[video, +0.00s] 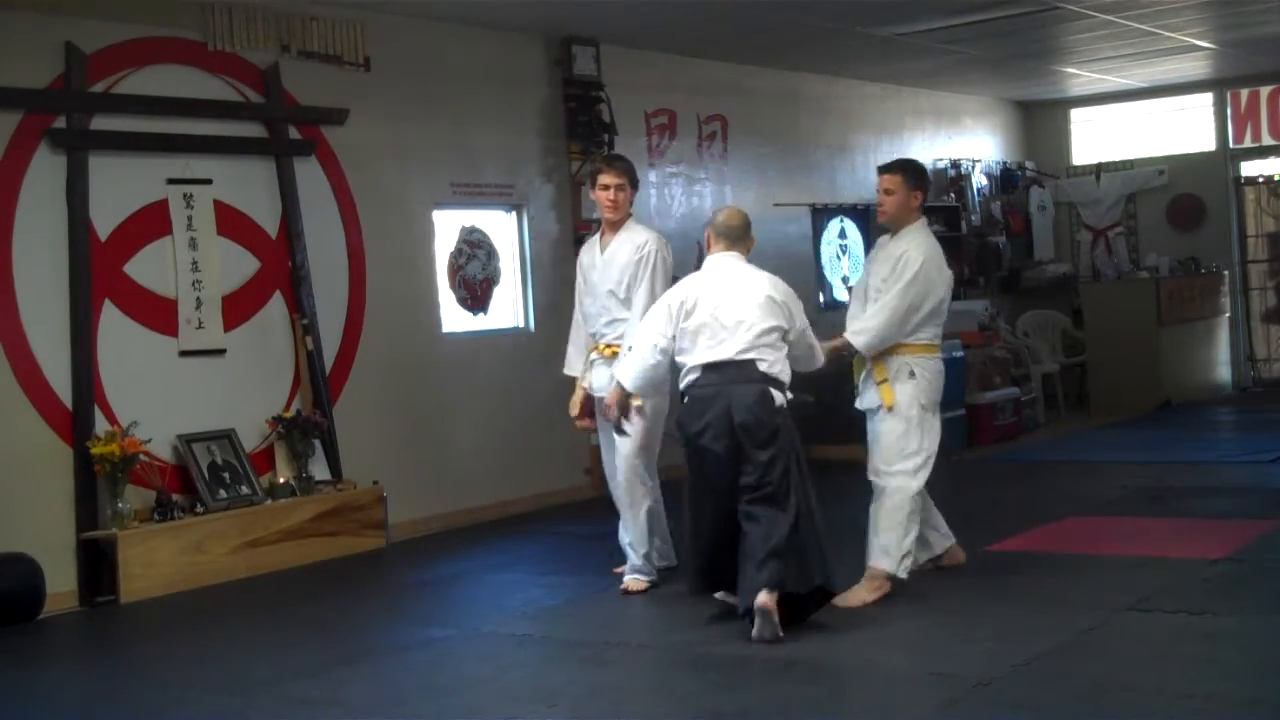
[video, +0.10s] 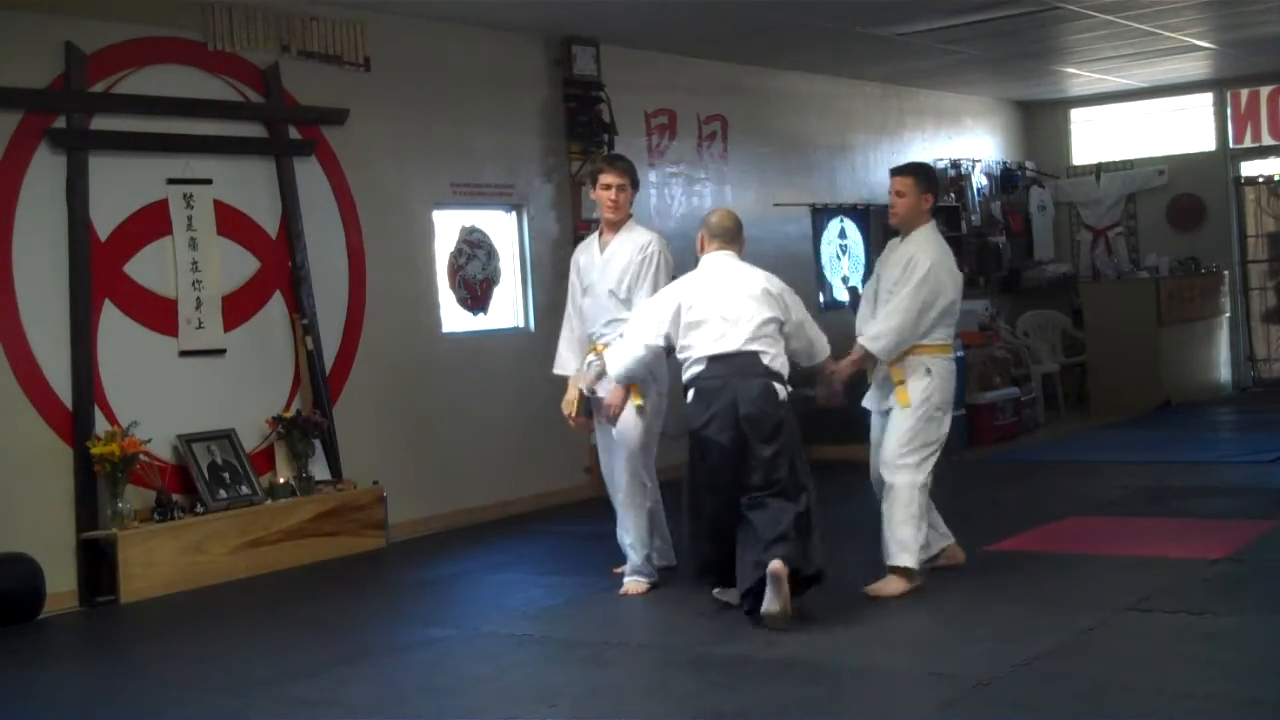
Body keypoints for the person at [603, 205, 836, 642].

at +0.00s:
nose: (706, 245)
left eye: (705, 239)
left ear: (707, 241)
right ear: (751, 244)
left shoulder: (682, 291)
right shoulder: (774, 288)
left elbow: (648, 349)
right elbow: (808, 359)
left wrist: (622, 391)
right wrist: (827, 350)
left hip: (701, 394)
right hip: (761, 393)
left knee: (713, 495)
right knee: (766, 497)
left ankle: (726, 589)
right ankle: (765, 590)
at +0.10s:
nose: (700, 247)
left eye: (698, 242)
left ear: (701, 243)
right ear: (743, 244)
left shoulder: (679, 288)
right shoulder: (768, 283)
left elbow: (640, 338)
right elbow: (816, 353)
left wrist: (617, 386)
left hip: (707, 386)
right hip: (762, 384)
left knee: (716, 489)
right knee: (774, 487)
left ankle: (731, 584)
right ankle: (778, 562)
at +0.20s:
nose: (695, 246)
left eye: (695, 241)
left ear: (699, 242)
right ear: (739, 245)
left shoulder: (678, 287)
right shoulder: (768, 280)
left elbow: (628, 328)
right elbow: (823, 335)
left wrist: (584, 339)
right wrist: (848, 375)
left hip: (716, 379)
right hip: (770, 378)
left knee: (720, 484)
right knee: (783, 483)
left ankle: (728, 582)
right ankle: (781, 564)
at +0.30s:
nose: (696, 246)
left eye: (697, 241)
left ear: (702, 242)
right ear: (741, 244)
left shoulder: (686, 284)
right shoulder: (771, 275)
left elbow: (628, 316)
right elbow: (822, 321)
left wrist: (585, 316)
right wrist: (853, 370)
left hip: (728, 380)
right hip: (779, 379)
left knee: (730, 482)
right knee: (788, 477)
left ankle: (734, 582)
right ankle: (793, 567)